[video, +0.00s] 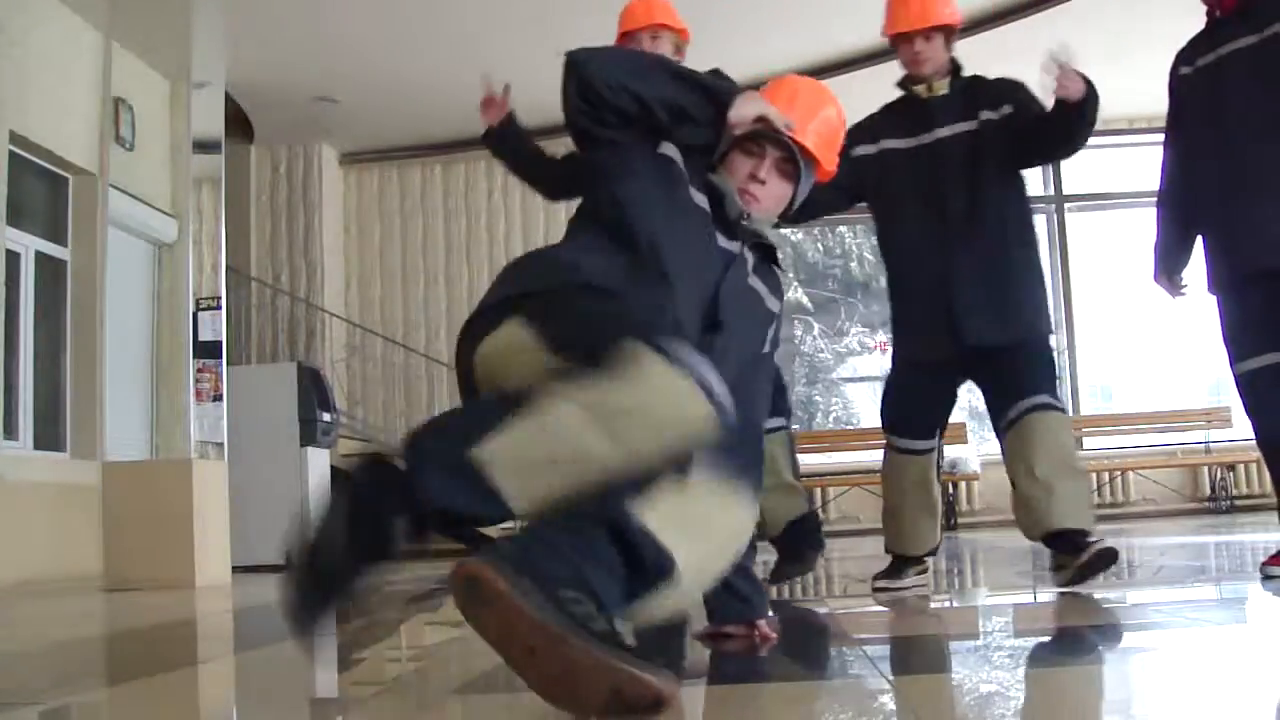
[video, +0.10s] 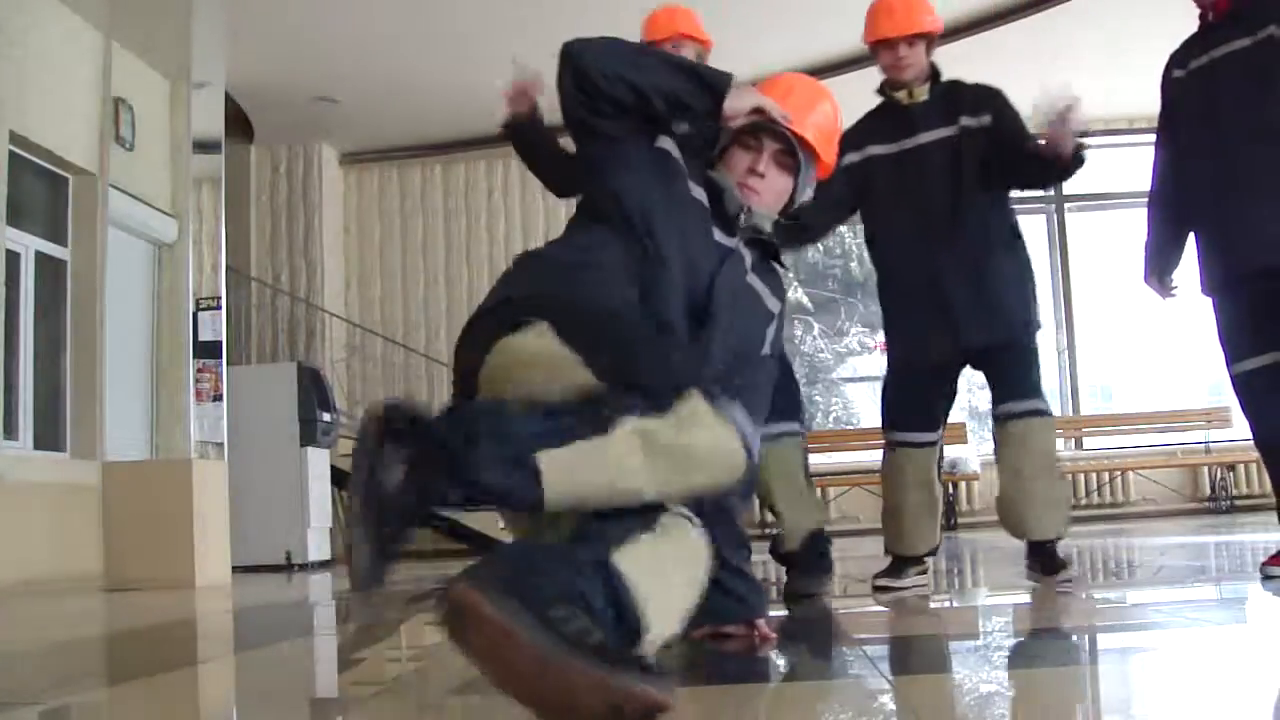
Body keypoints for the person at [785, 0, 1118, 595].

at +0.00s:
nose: (916, 50)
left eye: (926, 37)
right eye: (905, 41)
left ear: (950, 38)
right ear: (893, 49)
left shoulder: (996, 100)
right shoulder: (874, 134)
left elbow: (1050, 140)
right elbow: (815, 190)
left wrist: (1076, 105)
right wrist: (756, 181)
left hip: (1006, 306)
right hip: (924, 316)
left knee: (1035, 416)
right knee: (907, 436)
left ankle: (1069, 543)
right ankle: (909, 555)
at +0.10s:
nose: (899, 55)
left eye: (909, 43)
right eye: (887, 46)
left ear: (931, 43)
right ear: (873, 53)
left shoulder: (979, 104)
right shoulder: (862, 139)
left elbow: (1023, 169)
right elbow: (816, 212)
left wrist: (1058, 155)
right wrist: (766, 232)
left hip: (996, 297)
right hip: (916, 311)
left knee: (1024, 415)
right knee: (909, 434)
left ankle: (1042, 541)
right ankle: (909, 554)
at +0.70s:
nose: (951, 75)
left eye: (960, 64)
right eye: (938, 67)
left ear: (975, 69)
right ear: (921, 75)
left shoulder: (1007, 136)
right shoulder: (901, 146)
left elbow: (1038, 205)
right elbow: (875, 228)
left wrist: (1040, 196)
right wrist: (856, 247)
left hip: (995, 310)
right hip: (924, 313)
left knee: (1013, 427)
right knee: (914, 432)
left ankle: (1030, 546)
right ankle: (906, 552)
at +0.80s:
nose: (951, 87)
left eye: (960, 76)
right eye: (939, 79)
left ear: (975, 80)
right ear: (922, 89)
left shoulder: (1011, 149)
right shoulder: (904, 158)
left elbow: (1042, 214)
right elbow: (879, 229)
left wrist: (1045, 266)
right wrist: (865, 290)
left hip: (997, 316)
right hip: (925, 320)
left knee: (1018, 428)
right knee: (913, 435)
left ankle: (1032, 546)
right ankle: (897, 547)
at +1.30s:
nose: (862, 100)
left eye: (871, 89)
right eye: (850, 93)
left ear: (889, 95)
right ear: (837, 104)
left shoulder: (928, 158)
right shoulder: (827, 180)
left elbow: (968, 226)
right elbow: (819, 262)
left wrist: (996, 287)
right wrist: (812, 325)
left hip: (936, 323)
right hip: (866, 332)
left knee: (966, 434)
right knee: (871, 446)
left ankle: (1000, 540)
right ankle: (882, 552)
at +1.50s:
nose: (844, 99)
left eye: (851, 88)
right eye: (832, 93)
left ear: (867, 92)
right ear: (818, 104)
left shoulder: (910, 151)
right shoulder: (813, 177)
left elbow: (951, 206)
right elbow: (787, 243)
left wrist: (955, 236)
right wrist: (778, 270)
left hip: (918, 319)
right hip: (850, 328)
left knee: (942, 428)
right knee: (861, 440)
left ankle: (983, 541)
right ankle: (879, 552)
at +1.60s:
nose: (838, 101)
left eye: (846, 91)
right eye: (826, 96)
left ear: (861, 94)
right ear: (814, 107)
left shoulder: (898, 146)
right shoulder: (809, 175)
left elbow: (939, 173)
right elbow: (775, 237)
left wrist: (921, 190)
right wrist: (785, 221)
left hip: (914, 318)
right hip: (847, 329)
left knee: (941, 428)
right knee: (861, 444)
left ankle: (976, 533)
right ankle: (871, 558)